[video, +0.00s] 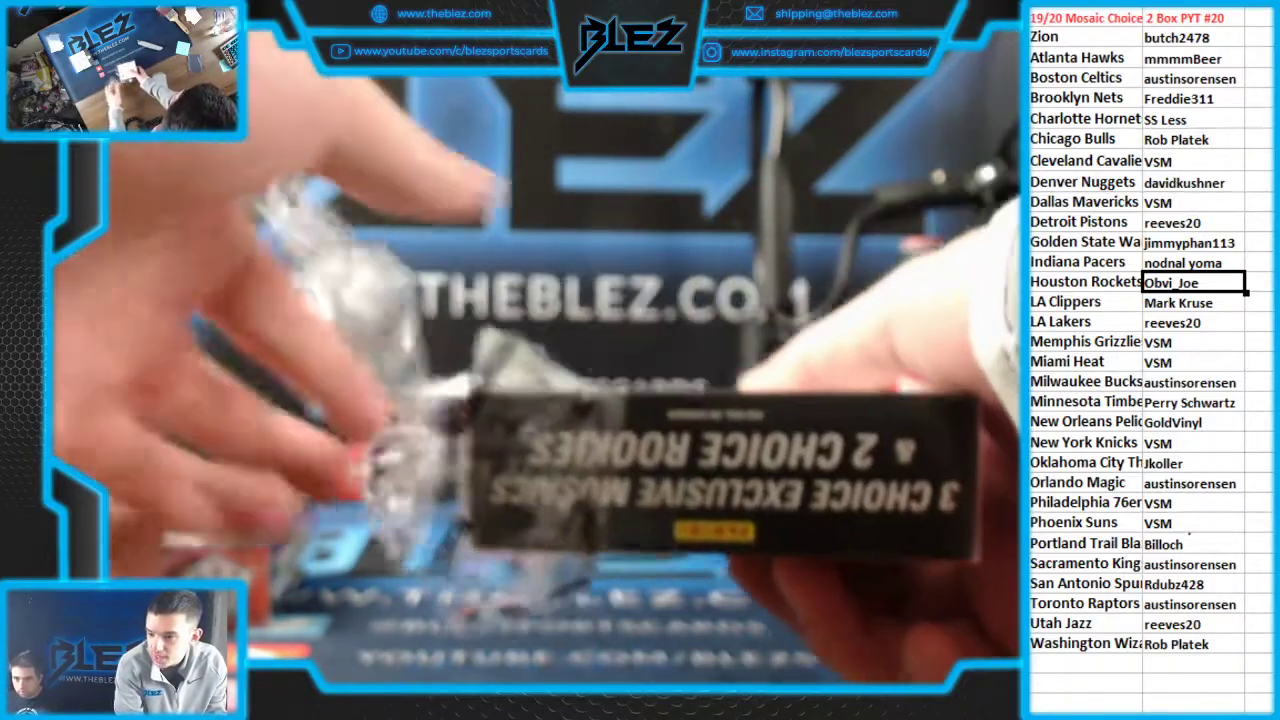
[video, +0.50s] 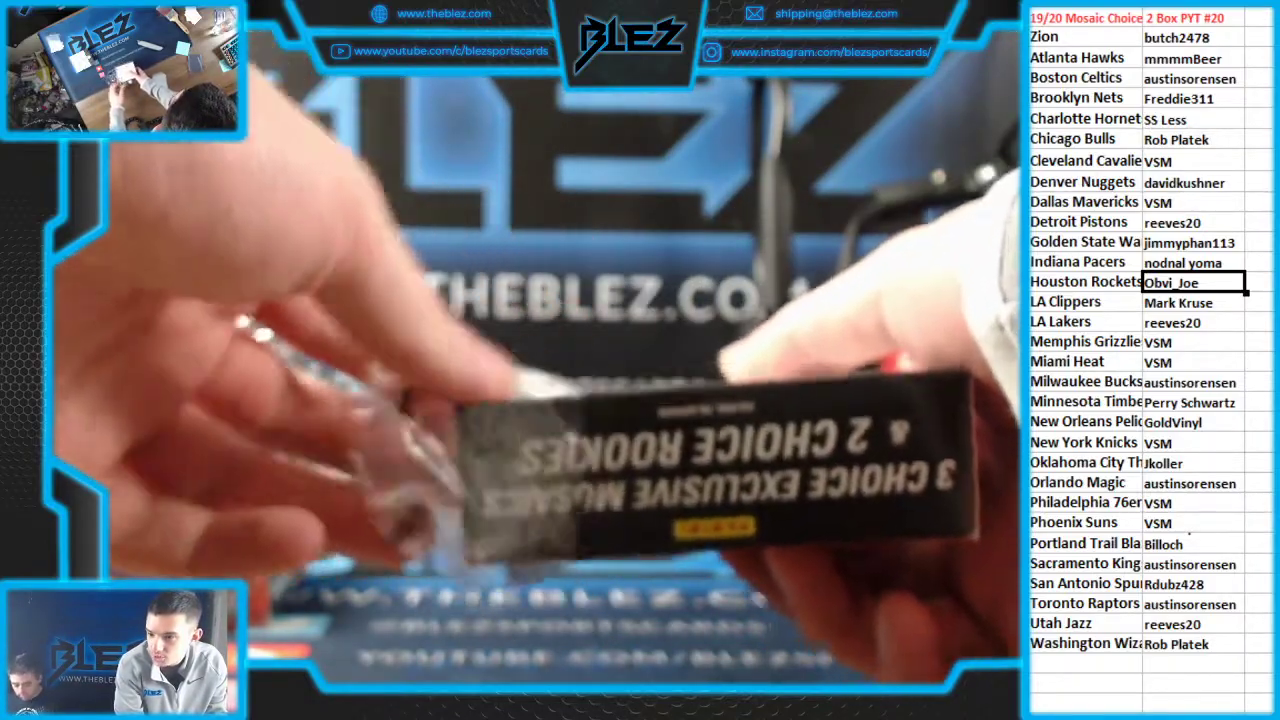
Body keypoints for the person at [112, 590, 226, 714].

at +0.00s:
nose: (157, 647)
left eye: (169, 637)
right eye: (150, 634)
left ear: (195, 636)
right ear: (146, 629)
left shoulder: (212, 661)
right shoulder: (130, 664)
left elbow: (216, 713)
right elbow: (128, 714)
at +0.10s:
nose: (157, 647)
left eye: (169, 637)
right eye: (151, 635)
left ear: (195, 636)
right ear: (146, 629)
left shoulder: (212, 661)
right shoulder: (130, 664)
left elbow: (217, 713)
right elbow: (128, 715)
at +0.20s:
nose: (157, 647)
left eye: (169, 637)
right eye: (150, 635)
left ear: (195, 636)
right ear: (146, 629)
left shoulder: (212, 661)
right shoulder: (130, 664)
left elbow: (217, 713)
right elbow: (128, 715)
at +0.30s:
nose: (157, 647)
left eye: (169, 637)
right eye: (150, 635)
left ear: (195, 636)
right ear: (146, 629)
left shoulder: (212, 661)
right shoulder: (130, 664)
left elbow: (217, 713)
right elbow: (128, 715)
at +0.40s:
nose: (157, 647)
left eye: (169, 637)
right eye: (150, 635)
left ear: (195, 636)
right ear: (146, 629)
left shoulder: (212, 661)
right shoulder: (130, 664)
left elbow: (217, 713)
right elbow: (128, 715)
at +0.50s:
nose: (157, 647)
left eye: (169, 637)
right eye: (151, 635)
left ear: (195, 636)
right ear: (146, 629)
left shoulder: (212, 661)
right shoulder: (130, 664)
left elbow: (217, 713)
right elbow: (128, 715)